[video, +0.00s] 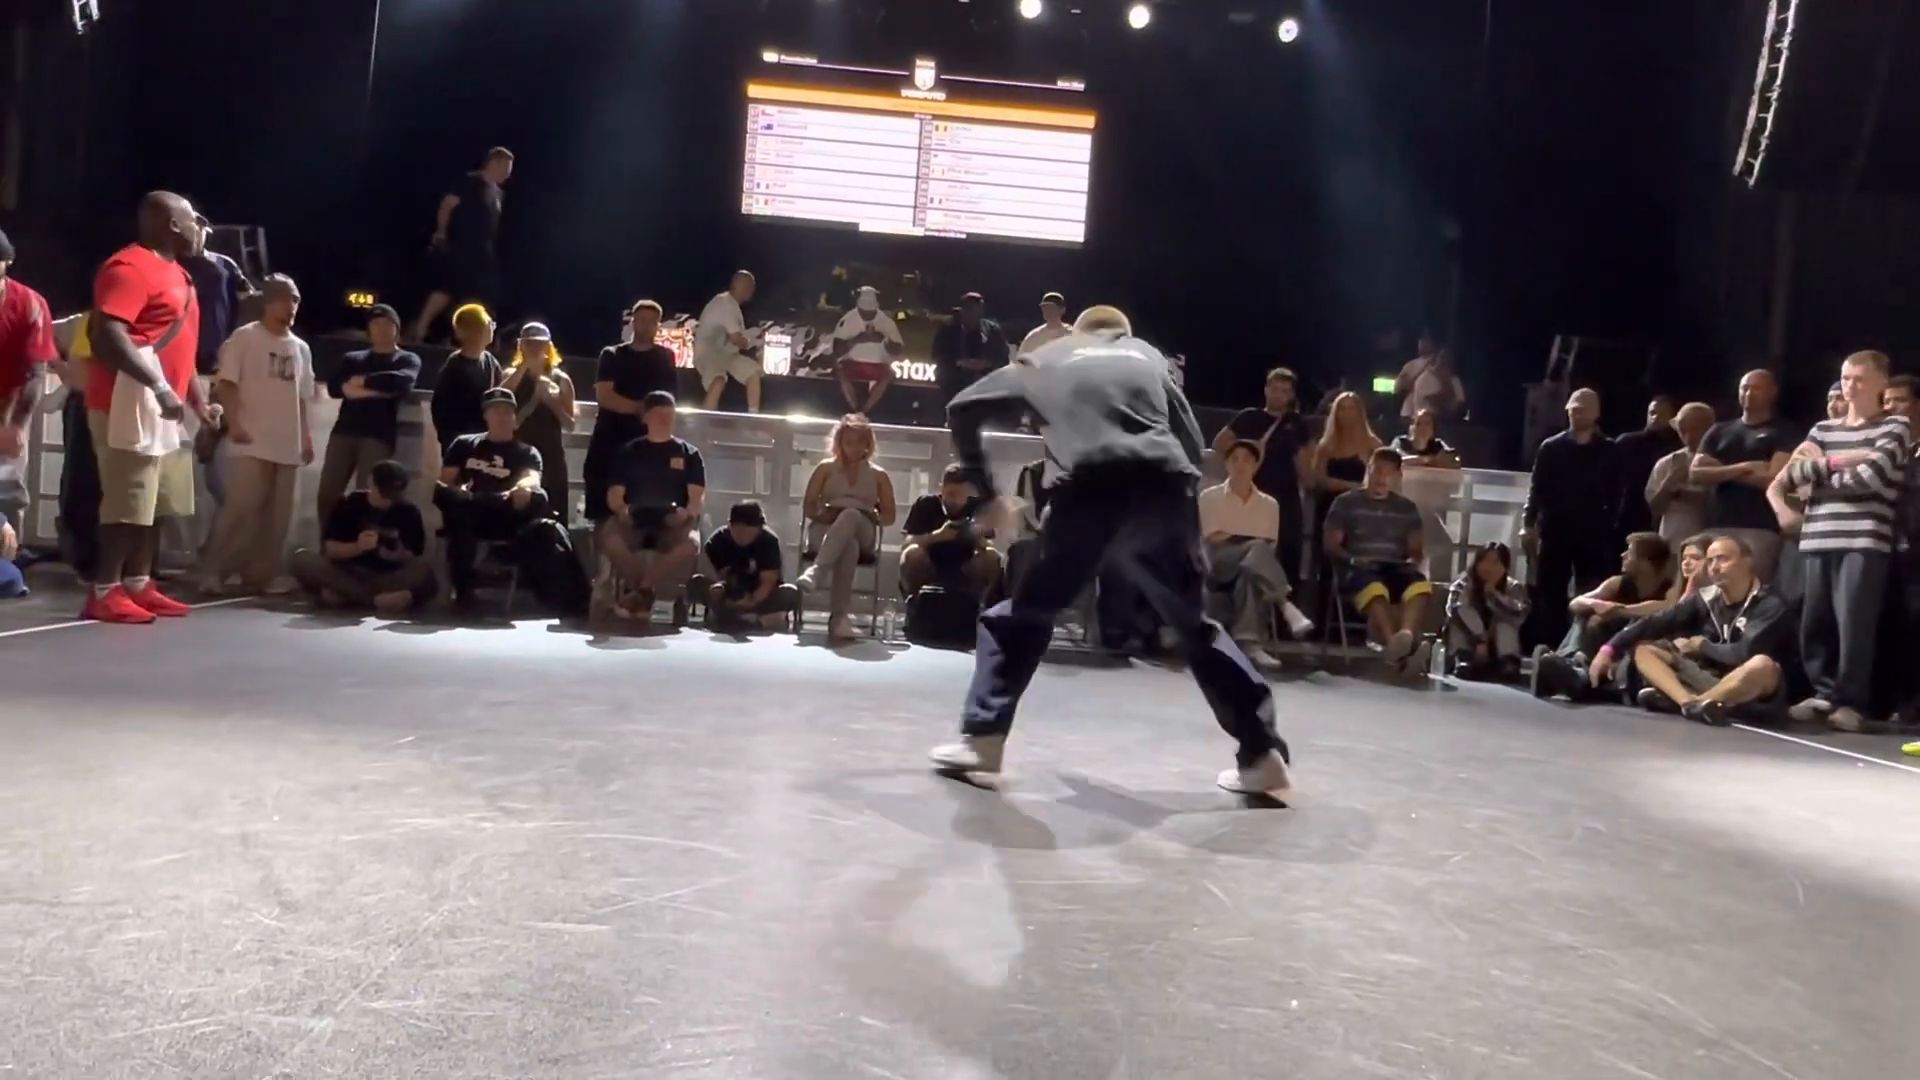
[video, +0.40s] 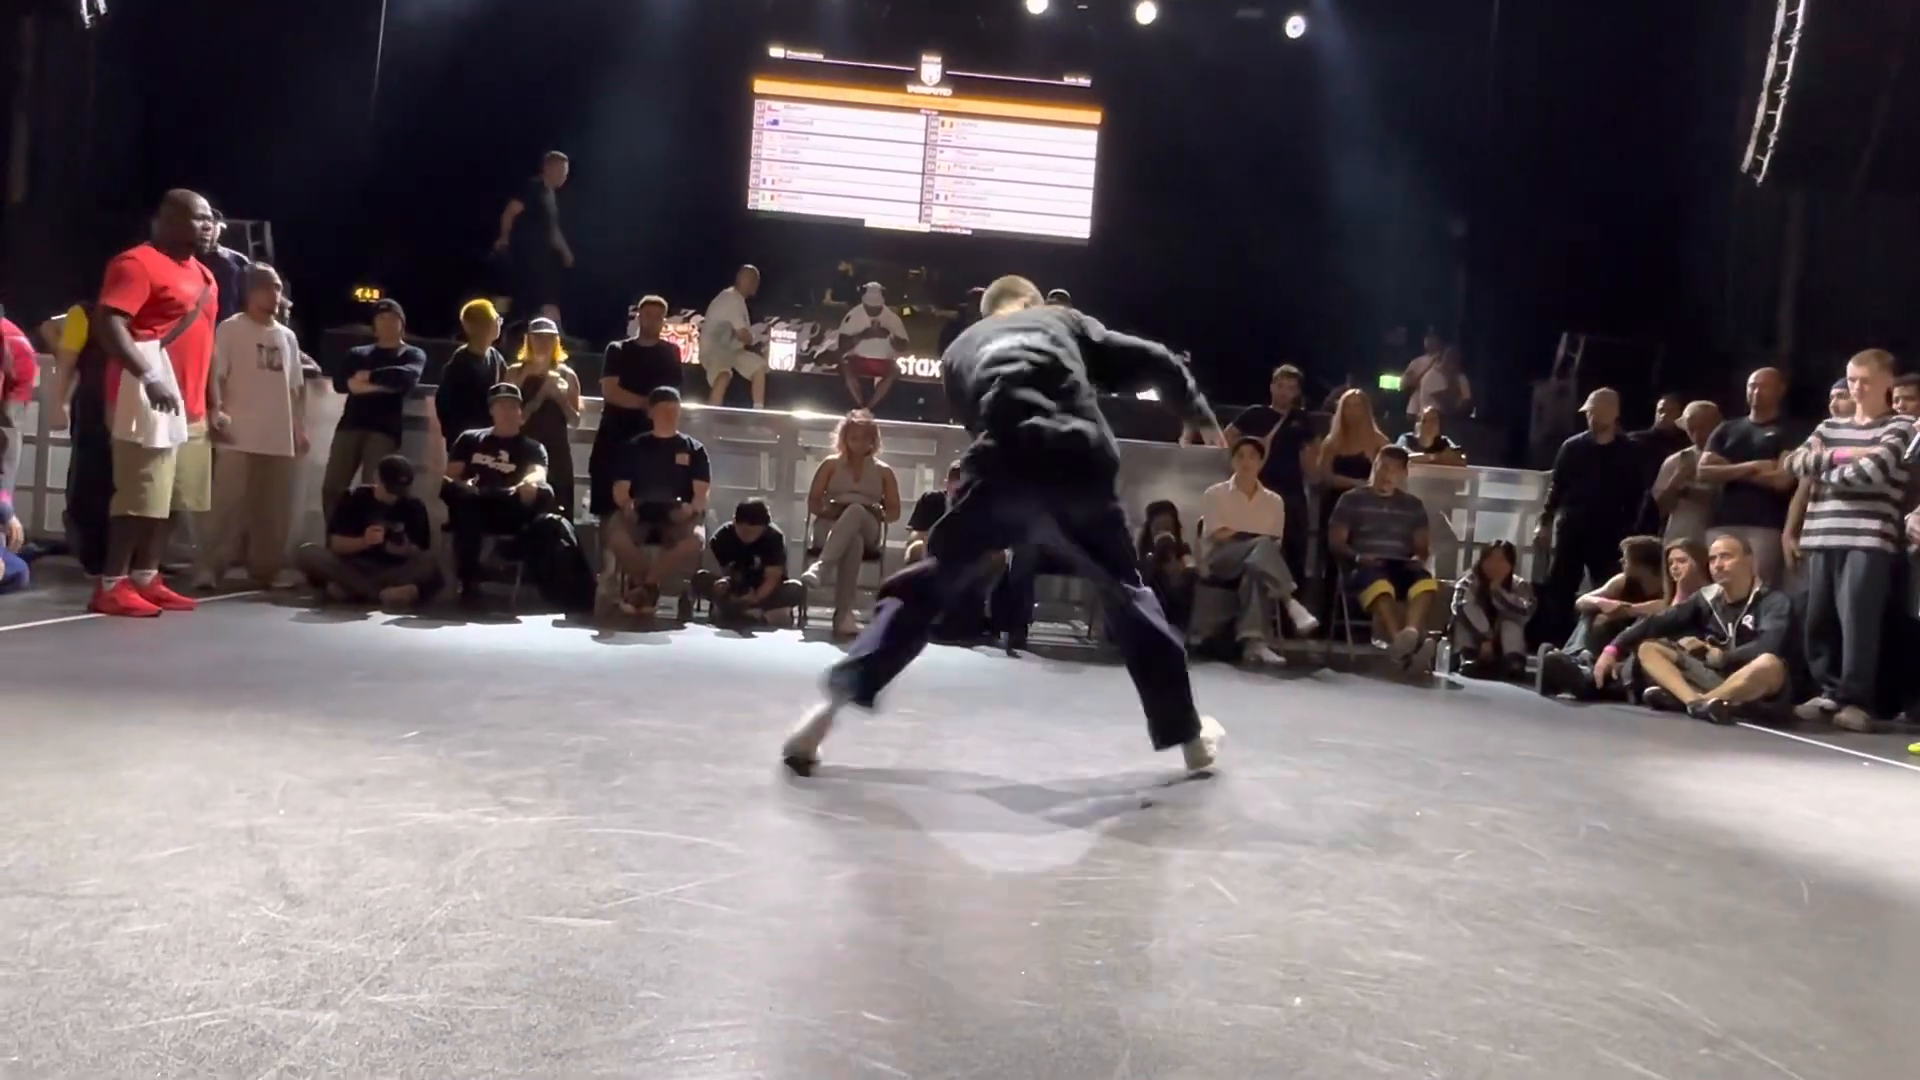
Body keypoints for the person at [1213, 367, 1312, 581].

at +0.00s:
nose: (1278, 395)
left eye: (1284, 391)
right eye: (1274, 389)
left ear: (1292, 395)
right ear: (1265, 391)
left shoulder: (1297, 424)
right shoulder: (1249, 417)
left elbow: (1304, 459)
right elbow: (1220, 443)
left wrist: (1307, 482)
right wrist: (1239, 471)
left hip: (1285, 495)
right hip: (1250, 493)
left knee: (1288, 550)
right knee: (1247, 547)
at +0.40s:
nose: (1284, 392)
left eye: (1290, 387)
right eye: (1280, 386)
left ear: (1297, 392)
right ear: (1272, 387)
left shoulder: (1302, 420)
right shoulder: (1256, 414)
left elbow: (1310, 454)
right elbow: (1228, 436)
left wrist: (1310, 477)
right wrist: (1244, 466)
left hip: (1290, 491)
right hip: (1256, 489)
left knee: (1293, 546)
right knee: (1254, 542)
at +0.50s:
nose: (1286, 389)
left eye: (1292, 386)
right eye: (1282, 384)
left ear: (1300, 391)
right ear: (1273, 386)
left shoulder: (1305, 418)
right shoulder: (1257, 413)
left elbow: (1312, 459)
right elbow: (1228, 436)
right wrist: (1254, 450)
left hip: (1293, 491)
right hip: (1260, 488)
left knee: (1295, 548)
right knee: (1260, 543)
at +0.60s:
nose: (1287, 387)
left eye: (1293, 384)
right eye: (1283, 381)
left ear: (1301, 389)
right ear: (1275, 383)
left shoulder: (1307, 417)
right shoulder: (1257, 410)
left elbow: (1313, 452)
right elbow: (1234, 432)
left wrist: (1311, 475)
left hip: (1294, 485)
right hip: (1260, 482)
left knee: (1297, 536)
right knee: (1258, 532)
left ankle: (1295, 580)